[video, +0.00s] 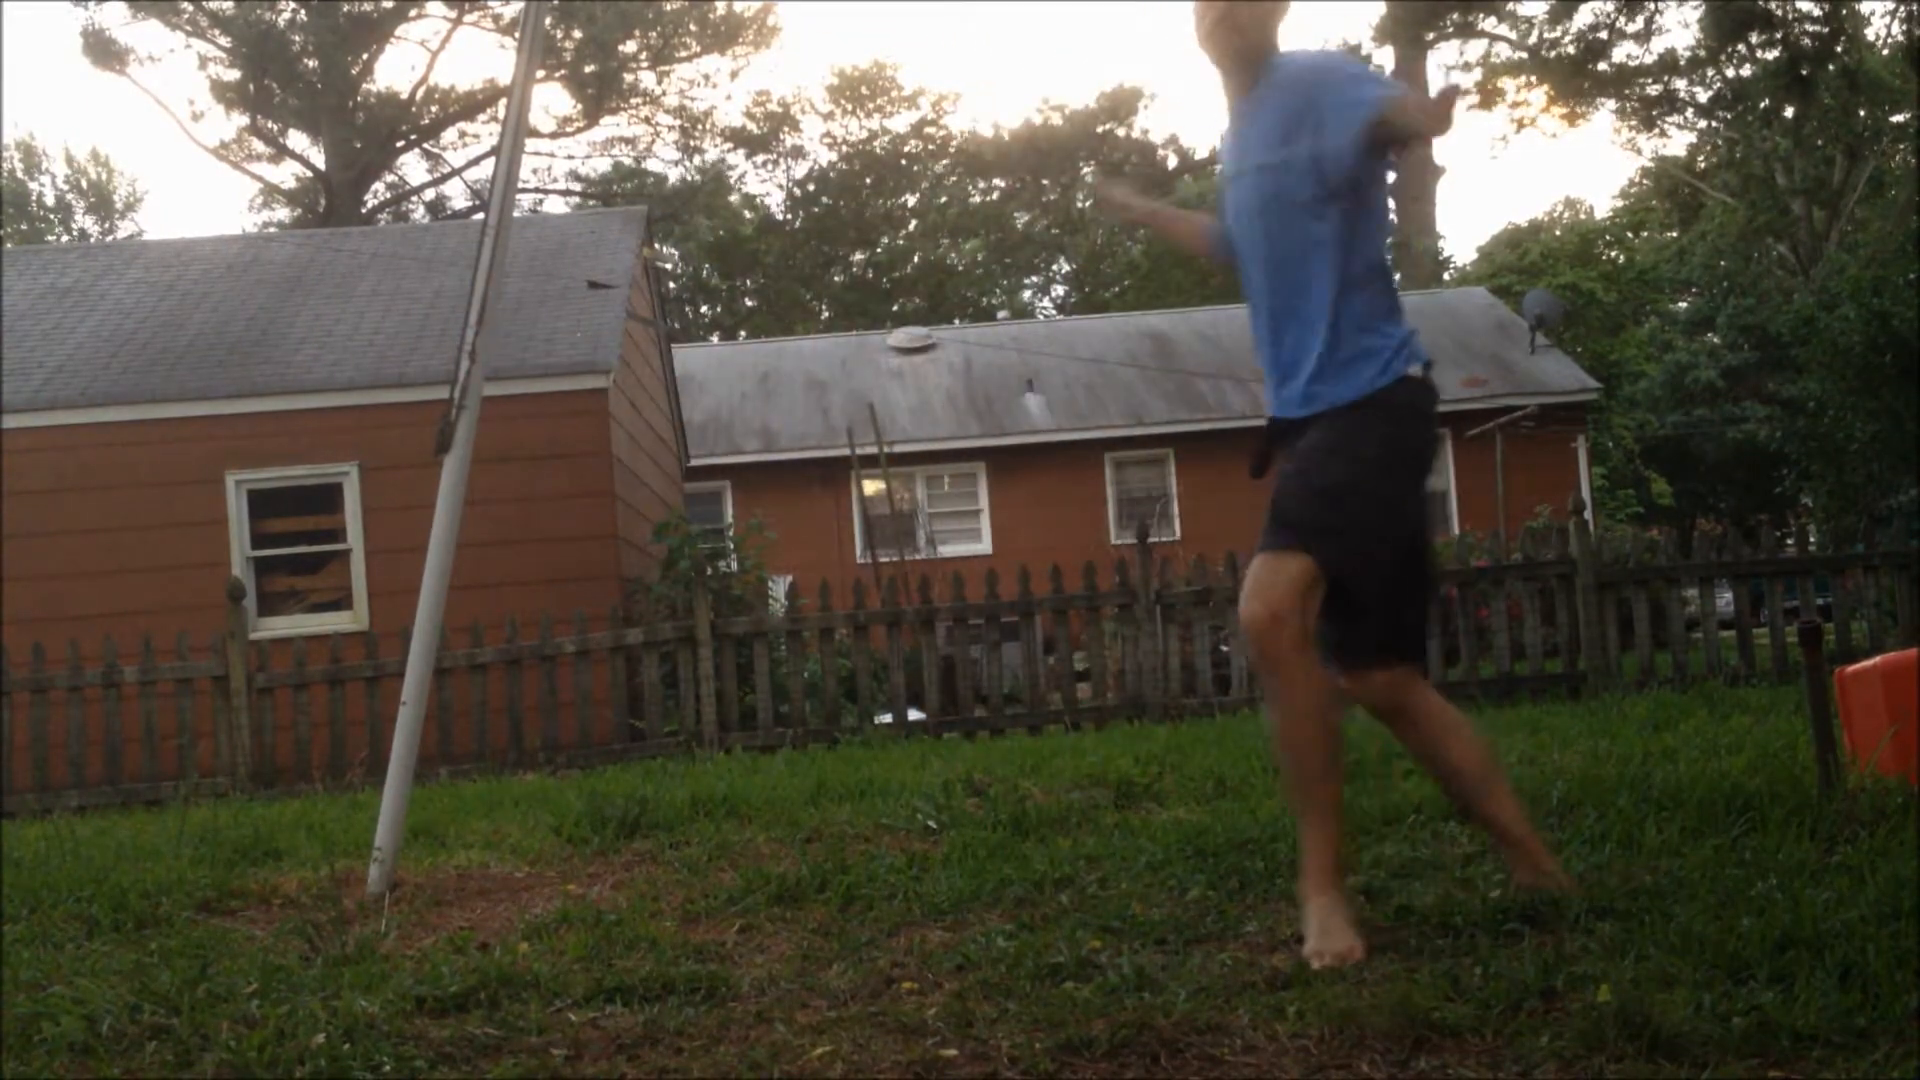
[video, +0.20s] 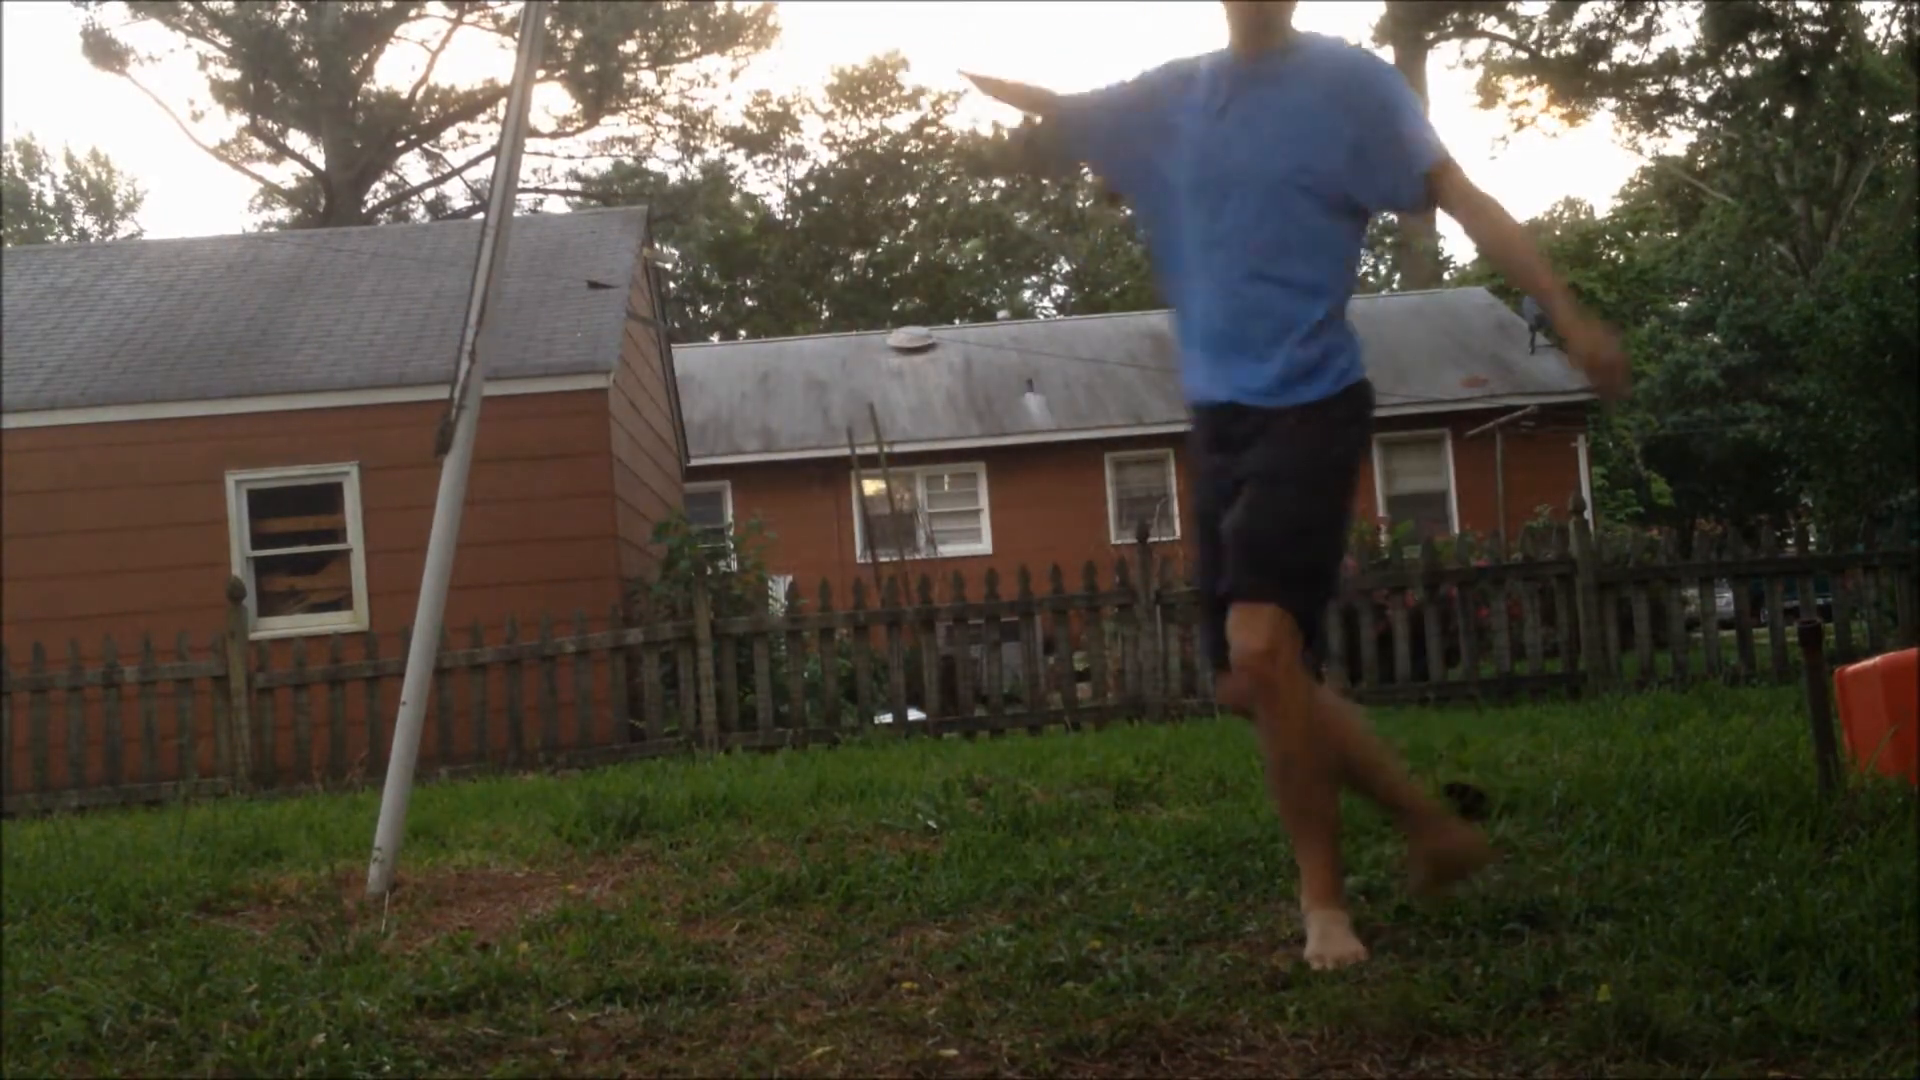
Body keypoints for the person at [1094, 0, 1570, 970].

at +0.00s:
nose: (1204, 20)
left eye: (1216, 4)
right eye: (1201, 8)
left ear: (1262, 10)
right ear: (1214, 28)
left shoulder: (1316, 78)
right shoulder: (1243, 130)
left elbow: (1398, 117)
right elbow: (1240, 247)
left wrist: (1419, 117)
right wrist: (1136, 206)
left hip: (1370, 399)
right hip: (1312, 413)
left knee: (1272, 609)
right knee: (1381, 673)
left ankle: (1323, 896)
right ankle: (1544, 875)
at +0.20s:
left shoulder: (1350, 80)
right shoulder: (1171, 92)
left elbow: (1465, 202)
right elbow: (1062, 112)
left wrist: (1568, 312)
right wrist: (998, 94)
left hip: (1315, 400)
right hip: (1217, 413)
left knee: (1262, 652)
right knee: (1251, 675)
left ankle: (1322, 907)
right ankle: (1436, 829)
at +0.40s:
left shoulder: (1323, 96)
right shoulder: (1124, 54)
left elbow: (1405, 245)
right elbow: (961, 29)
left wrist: (1472, 377)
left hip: (1264, 410)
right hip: (1145, 402)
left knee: (1303, 648)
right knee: (1100, 680)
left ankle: (1314, 903)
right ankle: (1200, 856)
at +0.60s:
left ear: (1194, 6)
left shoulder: (1229, 126)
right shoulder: (1054, 78)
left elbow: (1309, 264)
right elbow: (921, 83)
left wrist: (1392, 371)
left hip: (1202, 433)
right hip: (1074, 432)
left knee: (1318, 652)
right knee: (984, 696)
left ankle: (1292, 909)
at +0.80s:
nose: (1031, 13)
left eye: (1046, 0)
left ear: (1065, 22)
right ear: (984, 16)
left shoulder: (1113, 161)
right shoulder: (916, 126)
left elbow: (1194, 303)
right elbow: (768, 127)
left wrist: (1270, 393)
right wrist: (835, 23)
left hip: (1087, 457)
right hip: (954, 460)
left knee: (1258, 668)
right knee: (860, 728)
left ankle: (1278, 913)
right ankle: (798, 955)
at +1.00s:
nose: (913, 19)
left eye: (930, 3)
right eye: (894, 4)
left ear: (953, 25)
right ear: (866, 28)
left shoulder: (1019, 149)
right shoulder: (803, 159)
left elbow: (1115, 278)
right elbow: (664, 234)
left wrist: (1208, 404)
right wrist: (683, 114)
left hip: (995, 464)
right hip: (856, 472)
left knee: (1157, 685)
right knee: (804, 745)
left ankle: (1264, 916)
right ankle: (797, 963)